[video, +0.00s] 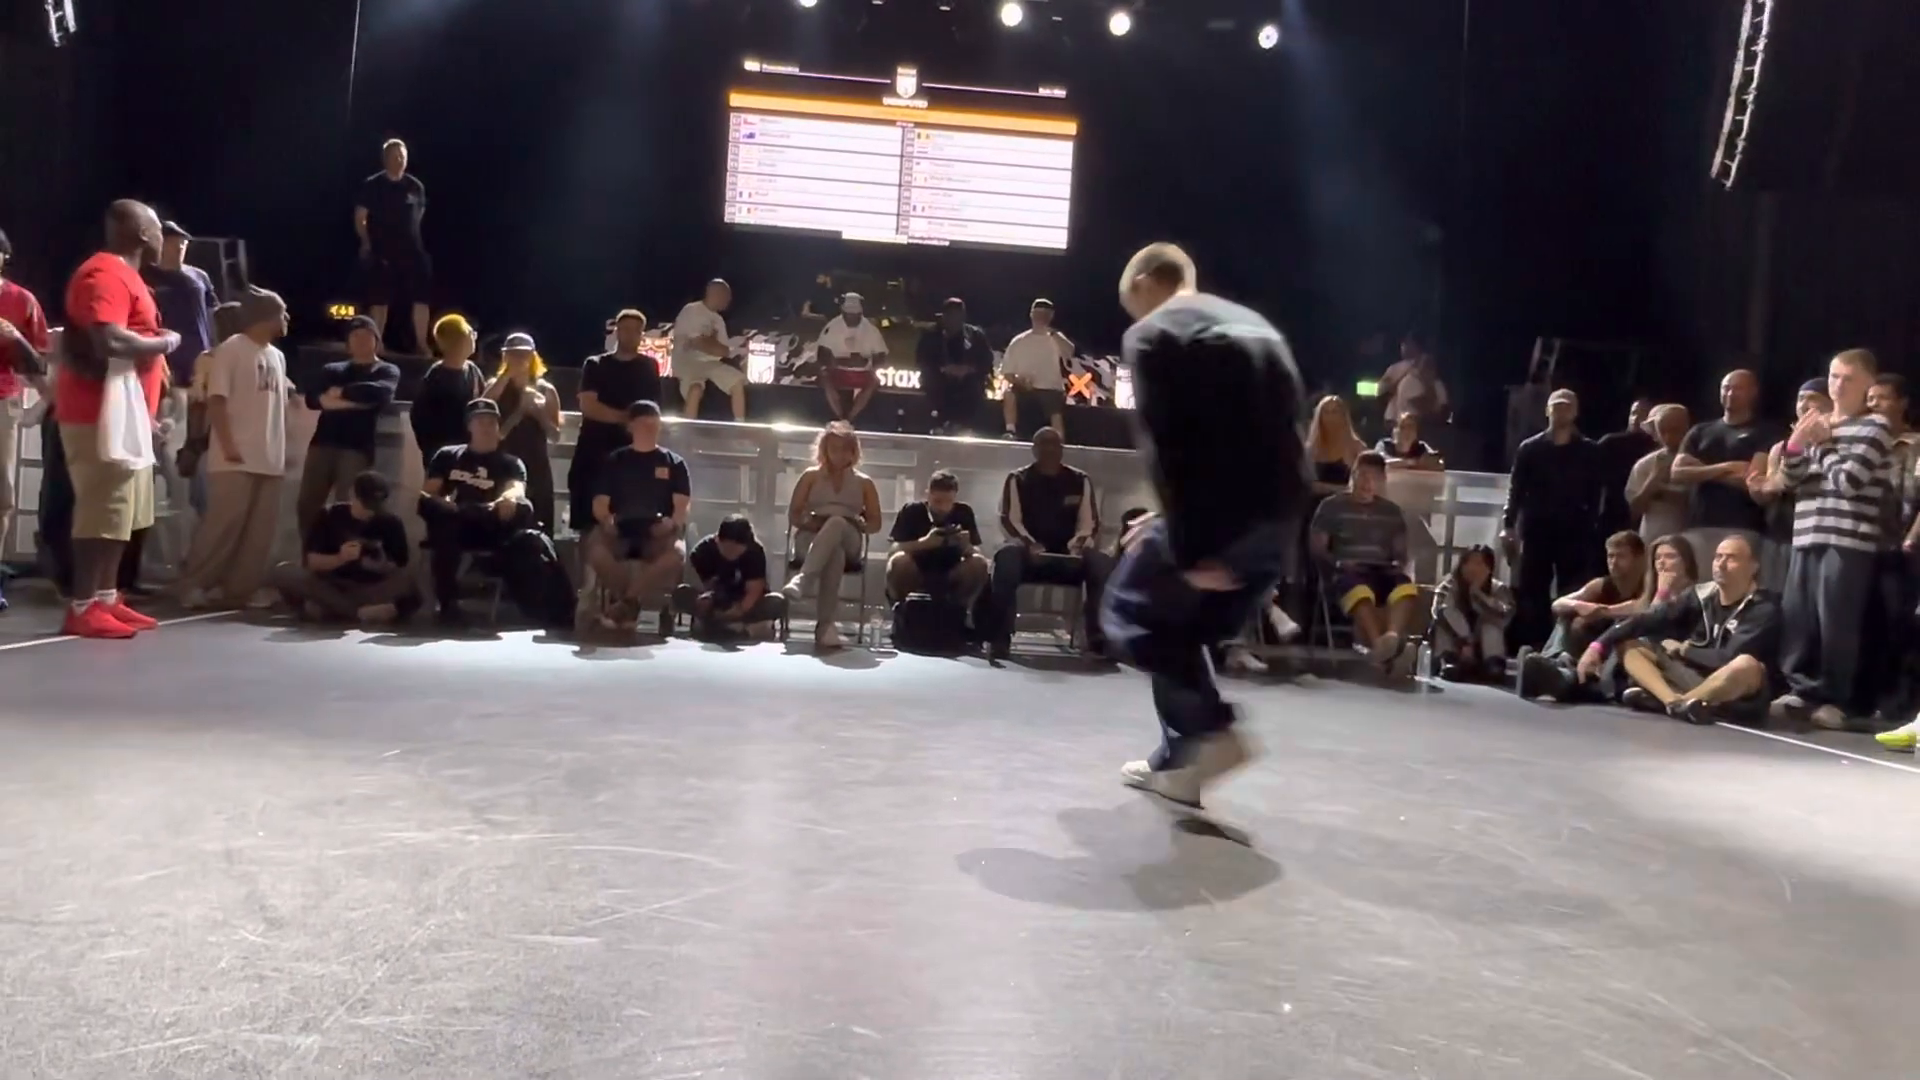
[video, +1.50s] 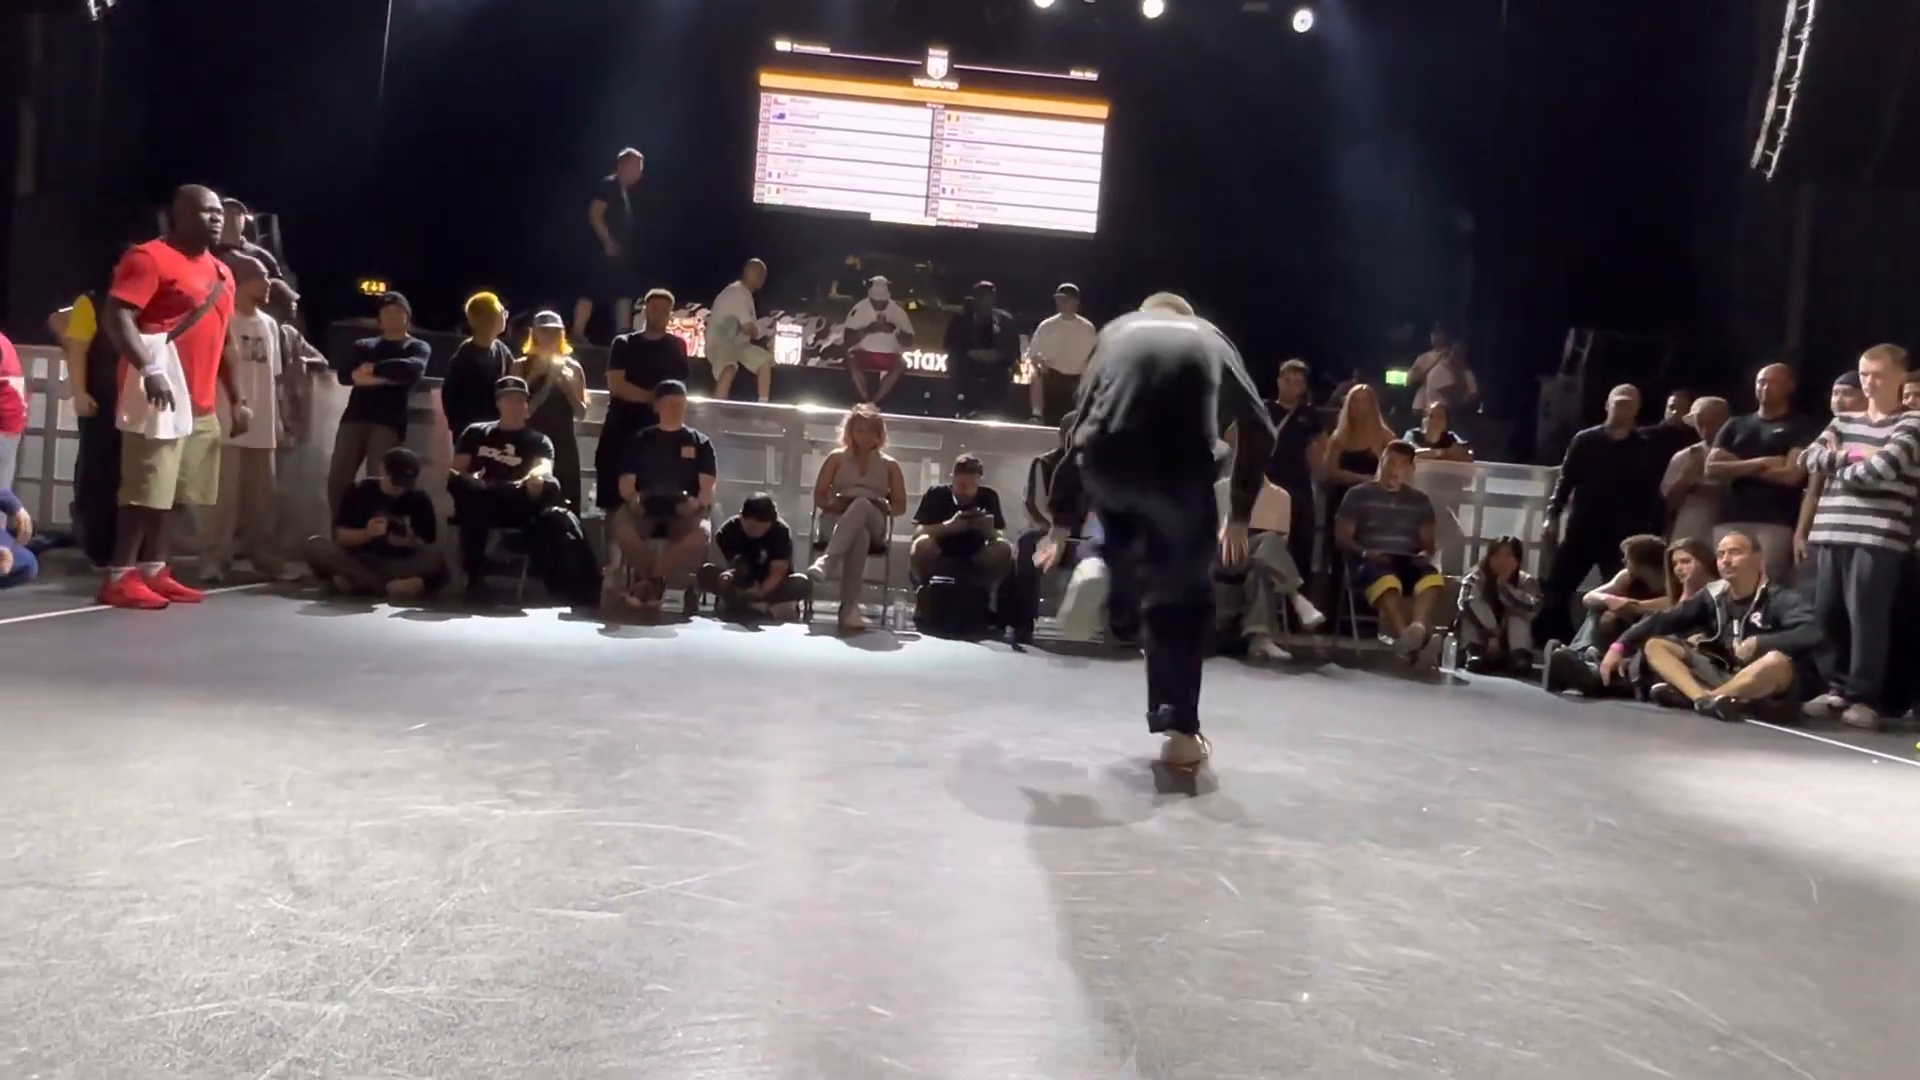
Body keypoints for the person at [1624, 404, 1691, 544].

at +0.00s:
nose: (1669, 437)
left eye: (1675, 430)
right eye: (1663, 431)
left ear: (1686, 430)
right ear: (1657, 433)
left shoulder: (1696, 461)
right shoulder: (1644, 465)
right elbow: (1634, 509)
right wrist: (1654, 479)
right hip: (1652, 537)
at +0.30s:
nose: (1677, 436)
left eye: (1683, 429)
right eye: (1673, 430)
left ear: (1698, 428)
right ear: (1668, 430)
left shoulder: (1709, 462)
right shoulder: (1656, 464)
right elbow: (1643, 510)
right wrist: (1661, 481)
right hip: (1662, 542)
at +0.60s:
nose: (1688, 437)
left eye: (1695, 430)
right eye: (1683, 430)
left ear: (1708, 429)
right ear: (1678, 432)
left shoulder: (1716, 462)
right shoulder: (1663, 464)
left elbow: (1719, 500)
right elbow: (1650, 507)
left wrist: (1677, 492)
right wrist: (1666, 482)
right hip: (1670, 545)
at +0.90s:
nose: (1692, 438)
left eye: (1699, 430)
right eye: (1687, 431)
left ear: (1714, 429)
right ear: (1683, 431)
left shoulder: (1724, 461)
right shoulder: (1670, 464)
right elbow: (1657, 507)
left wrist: (1685, 494)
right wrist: (1673, 482)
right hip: (1675, 539)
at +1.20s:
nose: (1699, 434)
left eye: (1705, 427)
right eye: (1694, 428)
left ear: (1720, 425)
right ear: (1690, 429)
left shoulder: (1732, 457)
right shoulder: (1677, 460)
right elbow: (1660, 506)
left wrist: (1693, 491)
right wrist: (1682, 477)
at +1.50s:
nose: (1705, 430)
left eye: (1711, 424)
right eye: (1701, 424)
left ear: (1726, 423)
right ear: (1696, 425)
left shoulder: (1737, 456)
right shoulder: (1683, 458)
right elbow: (1668, 499)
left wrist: (1696, 487)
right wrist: (1686, 477)